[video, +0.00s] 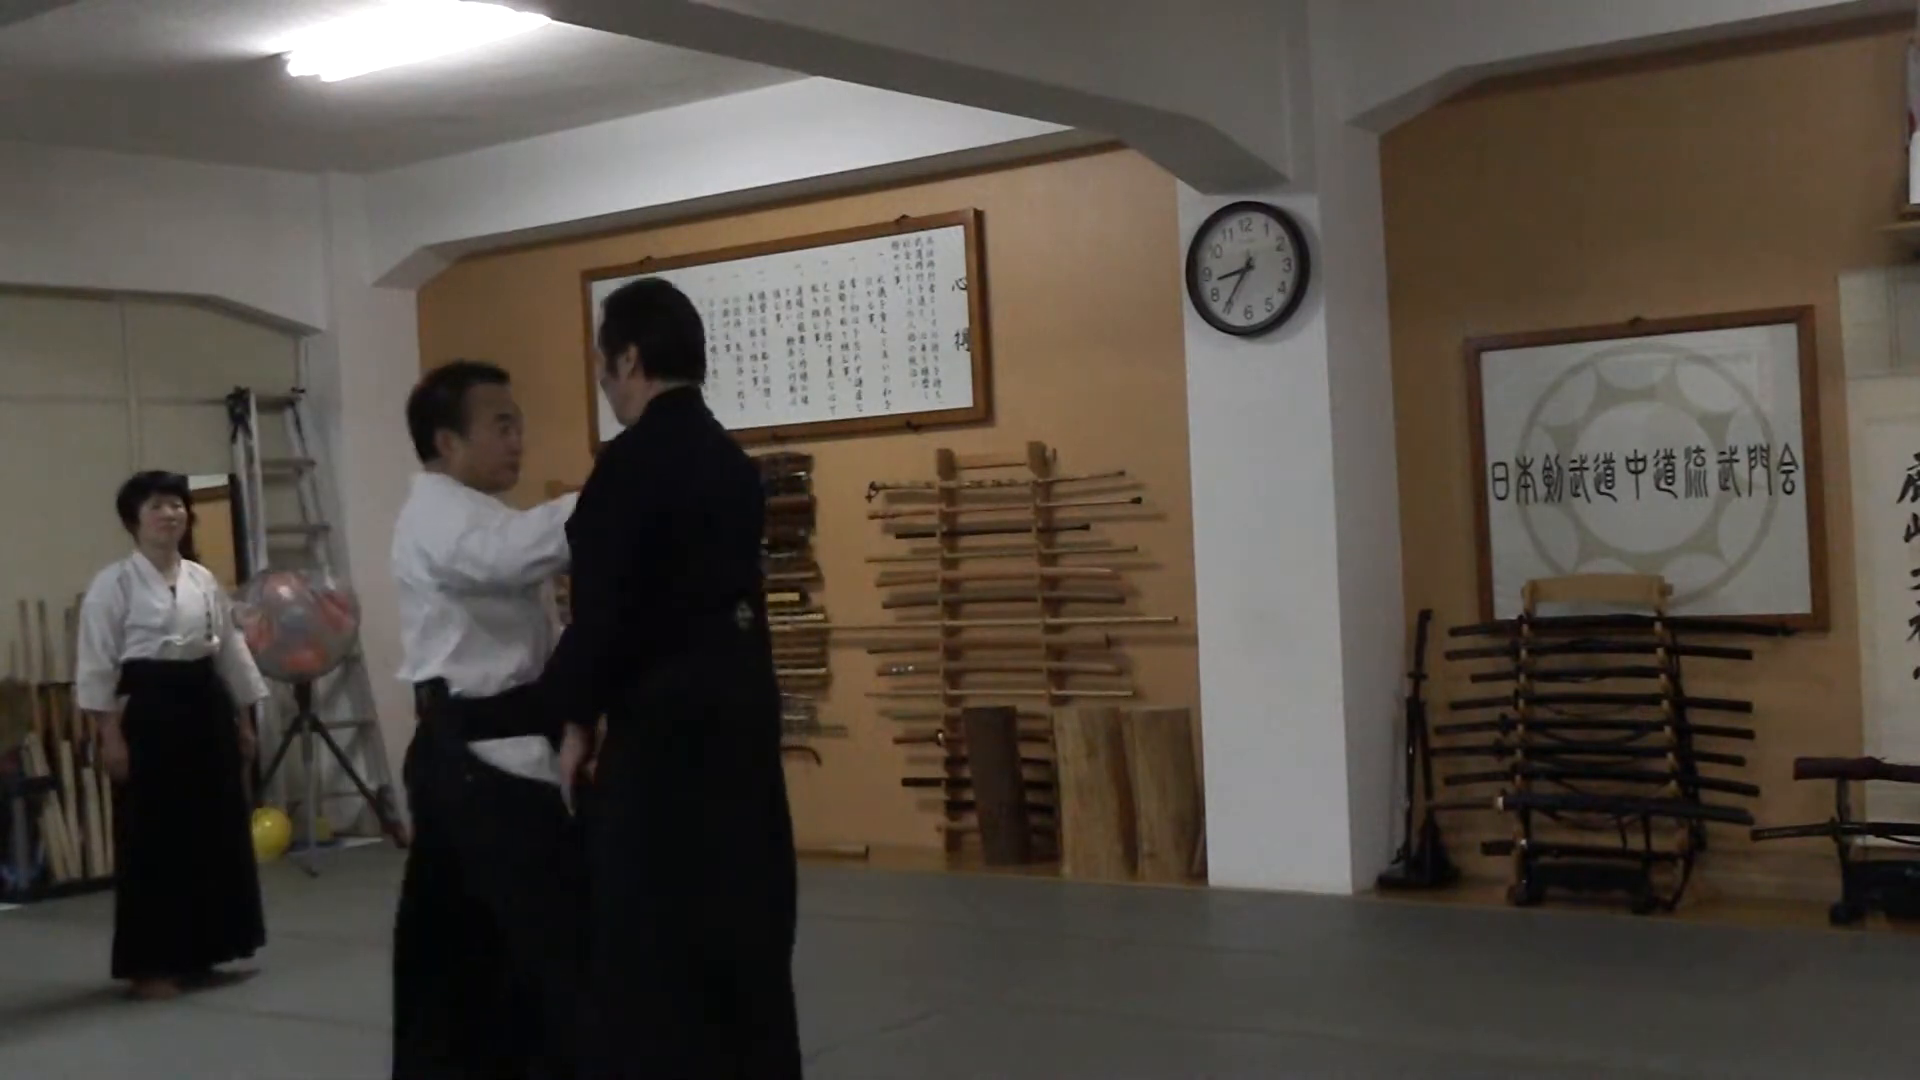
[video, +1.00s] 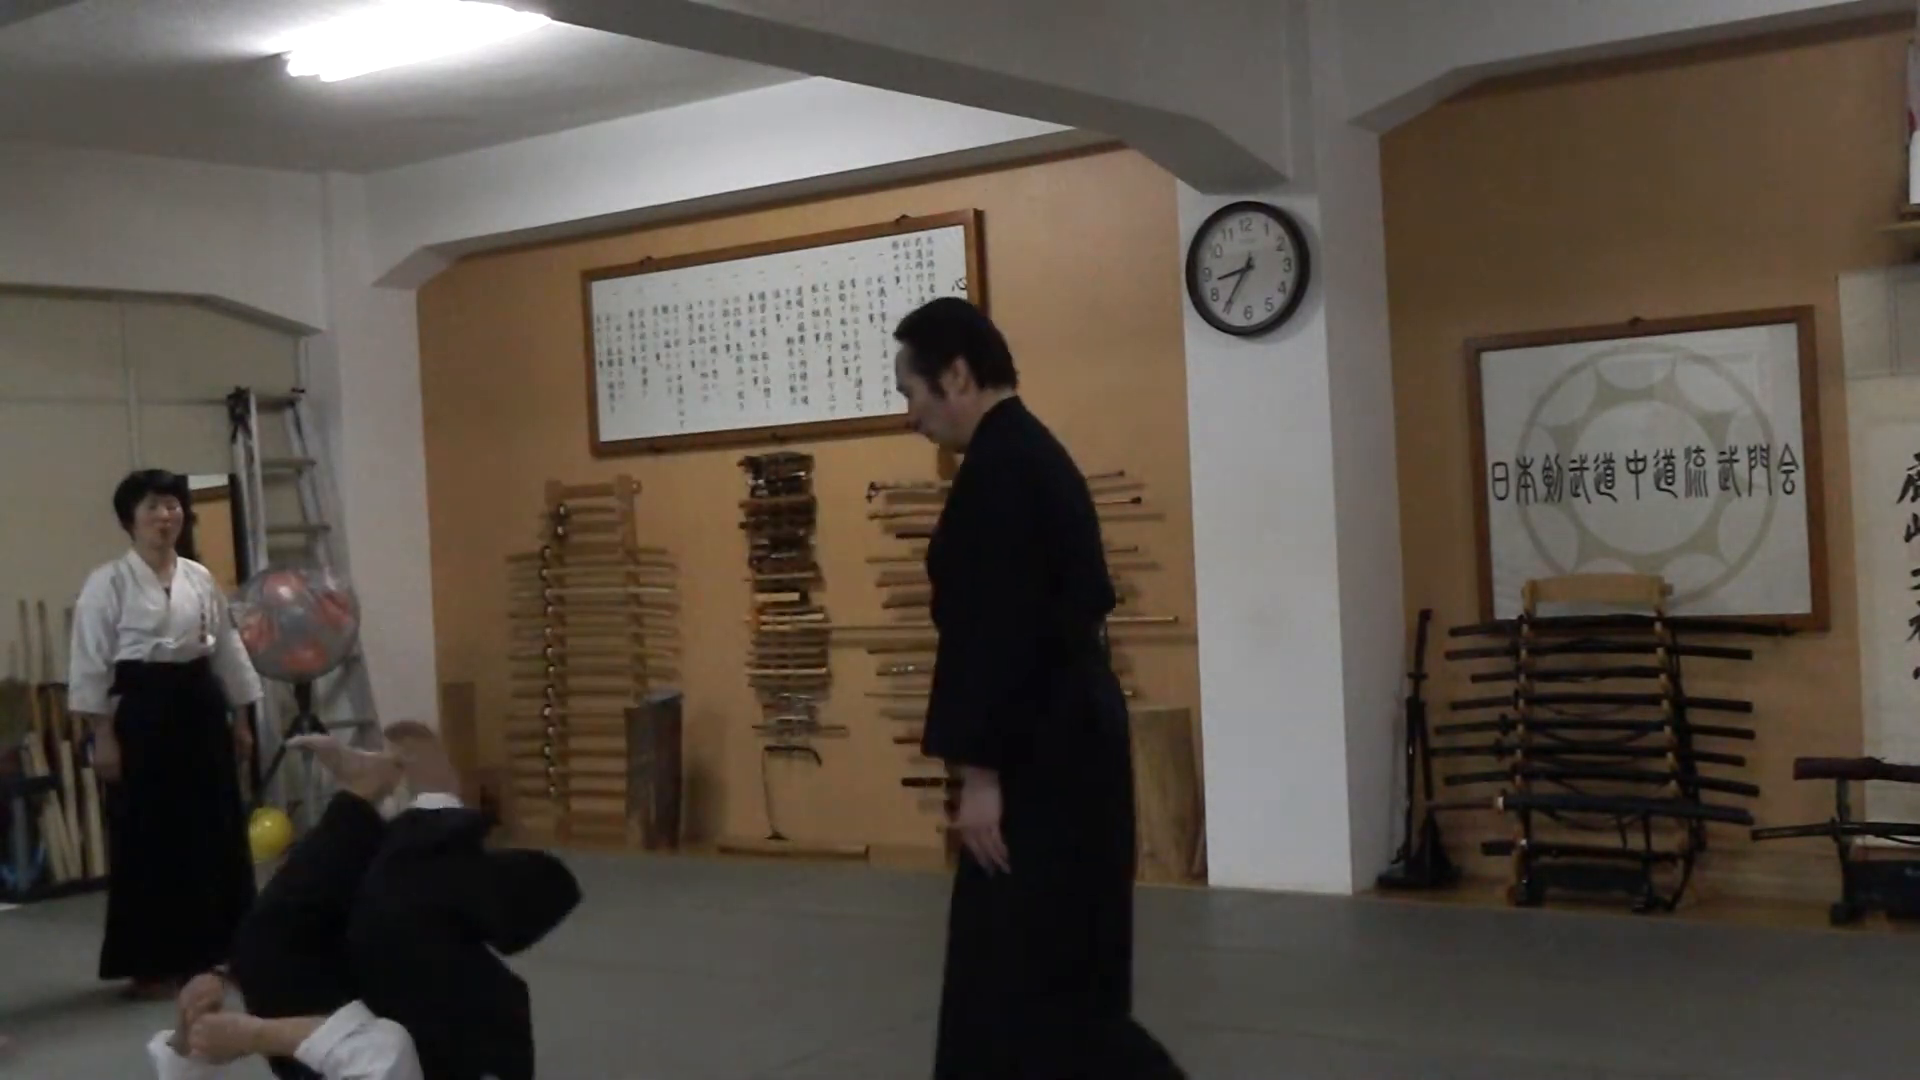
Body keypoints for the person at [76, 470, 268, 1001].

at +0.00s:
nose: (170, 513)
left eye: (176, 505)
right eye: (157, 506)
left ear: (187, 517)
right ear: (134, 520)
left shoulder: (202, 579)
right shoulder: (112, 584)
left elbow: (229, 647)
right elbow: (96, 664)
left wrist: (247, 715)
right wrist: (110, 734)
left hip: (203, 703)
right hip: (147, 707)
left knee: (207, 826)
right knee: (153, 831)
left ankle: (198, 956)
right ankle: (149, 965)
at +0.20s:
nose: (165, 513)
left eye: (172, 505)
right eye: (153, 506)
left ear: (183, 516)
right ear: (130, 519)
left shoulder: (198, 579)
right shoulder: (109, 584)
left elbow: (227, 647)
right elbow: (95, 664)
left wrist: (244, 716)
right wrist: (108, 733)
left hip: (202, 704)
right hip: (146, 708)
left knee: (207, 826)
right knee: (152, 832)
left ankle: (198, 956)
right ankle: (148, 965)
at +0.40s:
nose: (163, 512)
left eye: (170, 504)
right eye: (150, 505)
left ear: (181, 516)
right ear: (127, 519)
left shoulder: (196, 579)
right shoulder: (107, 585)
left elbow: (225, 647)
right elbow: (93, 665)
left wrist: (243, 715)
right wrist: (108, 734)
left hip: (200, 705)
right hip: (145, 709)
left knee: (206, 827)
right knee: (152, 833)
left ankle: (200, 955)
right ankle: (149, 964)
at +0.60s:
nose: (162, 513)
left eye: (169, 504)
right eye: (149, 506)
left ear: (181, 515)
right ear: (126, 519)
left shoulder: (196, 578)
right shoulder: (106, 585)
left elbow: (225, 646)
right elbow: (92, 664)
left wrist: (244, 713)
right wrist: (106, 735)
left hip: (202, 705)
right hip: (144, 710)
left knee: (216, 826)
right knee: (152, 833)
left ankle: (228, 954)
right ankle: (154, 964)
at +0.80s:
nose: (163, 513)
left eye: (170, 505)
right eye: (151, 506)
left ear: (182, 515)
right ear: (128, 519)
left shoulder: (197, 578)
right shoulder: (106, 584)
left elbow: (226, 647)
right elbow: (91, 662)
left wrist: (243, 715)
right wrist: (103, 733)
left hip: (201, 707)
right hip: (143, 711)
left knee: (212, 827)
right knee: (151, 833)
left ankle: (214, 956)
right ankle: (153, 964)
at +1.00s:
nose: (166, 514)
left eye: (173, 505)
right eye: (153, 506)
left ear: (183, 515)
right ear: (130, 519)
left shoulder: (199, 578)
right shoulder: (107, 584)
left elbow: (227, 648)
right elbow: (90, 662)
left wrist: (243, 716)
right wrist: (102, 733)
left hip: (201, 706)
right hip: (142, 710)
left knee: (211, 827)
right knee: (148, 833)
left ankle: (212, 957)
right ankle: (150, 964)